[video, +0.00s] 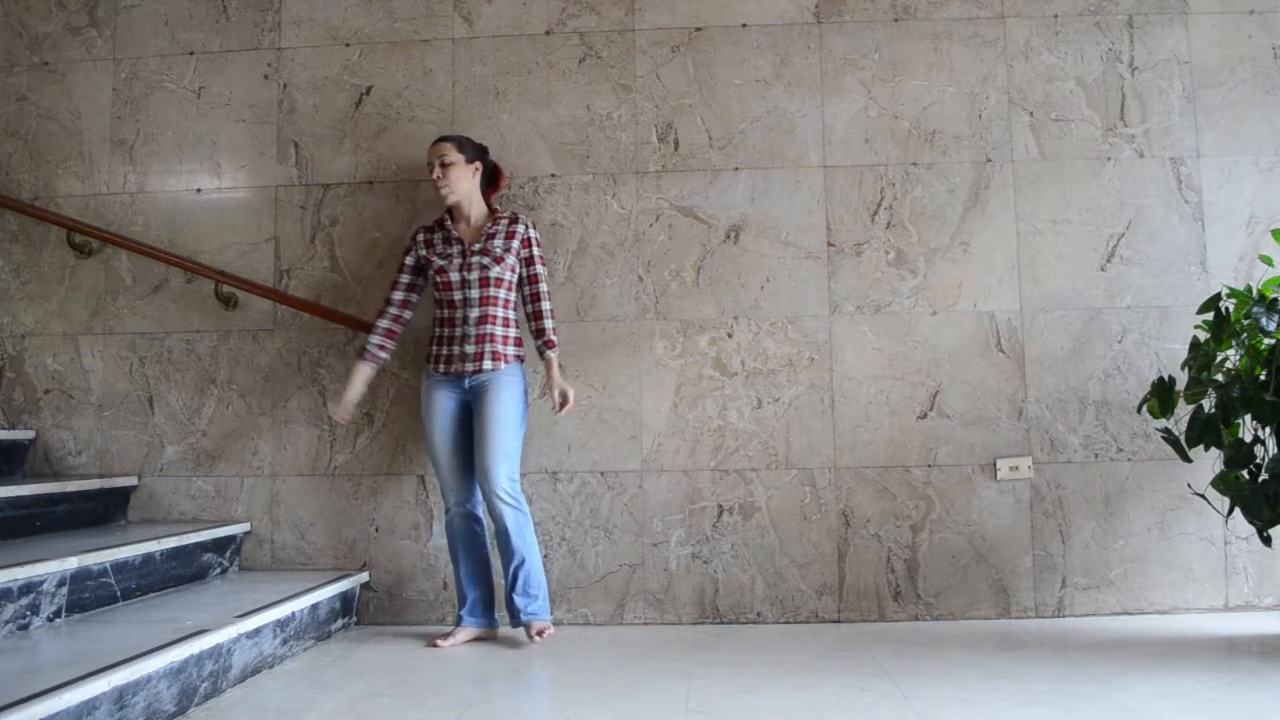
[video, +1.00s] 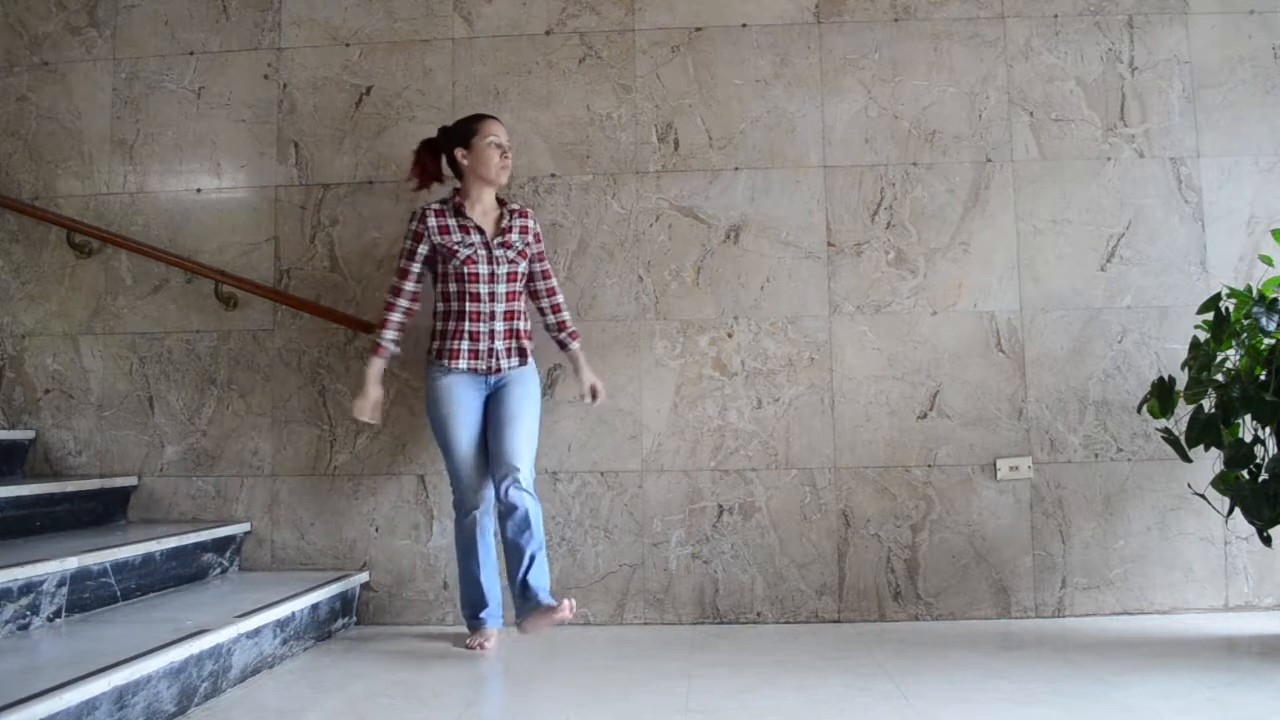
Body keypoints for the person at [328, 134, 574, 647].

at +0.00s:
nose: (435, 175)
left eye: (444, 165)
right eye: (432, 168)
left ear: (475, 169)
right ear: (433, 177)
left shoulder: (517, 232)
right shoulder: (427, 239)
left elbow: (538, 302)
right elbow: (395, 312)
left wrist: (553, 368)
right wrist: (355, 383)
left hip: (499, 372)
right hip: (442, 376)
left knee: (499, 487)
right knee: (457, 499)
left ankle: (533, 610)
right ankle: (475, 617)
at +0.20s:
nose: (450, 170)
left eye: (460, 161)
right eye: (444, 165)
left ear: (489, 170)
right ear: (440, 178)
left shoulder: (523, 232)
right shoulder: (429, 237)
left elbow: (536, 305)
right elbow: (427, 312)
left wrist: (539, 376)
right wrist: (442, 382)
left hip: (505, 376)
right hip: (448, 378)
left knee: (499, 486)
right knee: (459, 499)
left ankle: (529, 616)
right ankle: (476, 615)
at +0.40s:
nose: (476, 157)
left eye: (483, 150)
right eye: (464, 151)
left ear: (494, 165)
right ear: (445, 167)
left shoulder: (517, 223)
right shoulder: (425, 224)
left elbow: (532, 296)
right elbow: (431, 298)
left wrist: (518, 358)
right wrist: (491, 332)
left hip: (511, 370)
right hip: (452, 373)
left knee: (508, 487)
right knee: (468, 498)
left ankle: (531, 615)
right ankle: (483, 617)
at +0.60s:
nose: (489, 161)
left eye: (492, 153)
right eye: (476, 153)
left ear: (496, 165)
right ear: (447, 165)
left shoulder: (514, 222)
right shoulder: (426, 223)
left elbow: (526, 292)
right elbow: (437, 292)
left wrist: (502, 342)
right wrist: (497, 327)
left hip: (513, 365)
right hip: (454, 369)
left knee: (519, 485)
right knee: (471, 496)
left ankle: (533, 614)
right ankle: (480, 619)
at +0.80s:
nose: (496, 169)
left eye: (498, 161)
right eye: (483, 161)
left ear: (499, 174)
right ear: (452, 173)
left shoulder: (517, 235)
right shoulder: (429, 236)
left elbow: (532, 307)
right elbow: (435, 316)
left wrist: (528, 371)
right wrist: (466, 383)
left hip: (516, 381)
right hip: (457, 382)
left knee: (519, 498)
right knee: (476, 502)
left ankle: (526, 616)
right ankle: (483, 620)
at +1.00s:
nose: (507, 155)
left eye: (508, 148)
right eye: (496, 147)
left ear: (502, 160)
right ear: (461, 156)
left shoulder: (522, 221)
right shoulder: (432, 219)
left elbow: (547, 294)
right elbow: (403, 297)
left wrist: (580, 361)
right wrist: (373, 373)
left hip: (517, 369)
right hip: (455, 372)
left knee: (515, 479)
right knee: (472, 496)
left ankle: (535, 603)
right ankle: (483, 621)